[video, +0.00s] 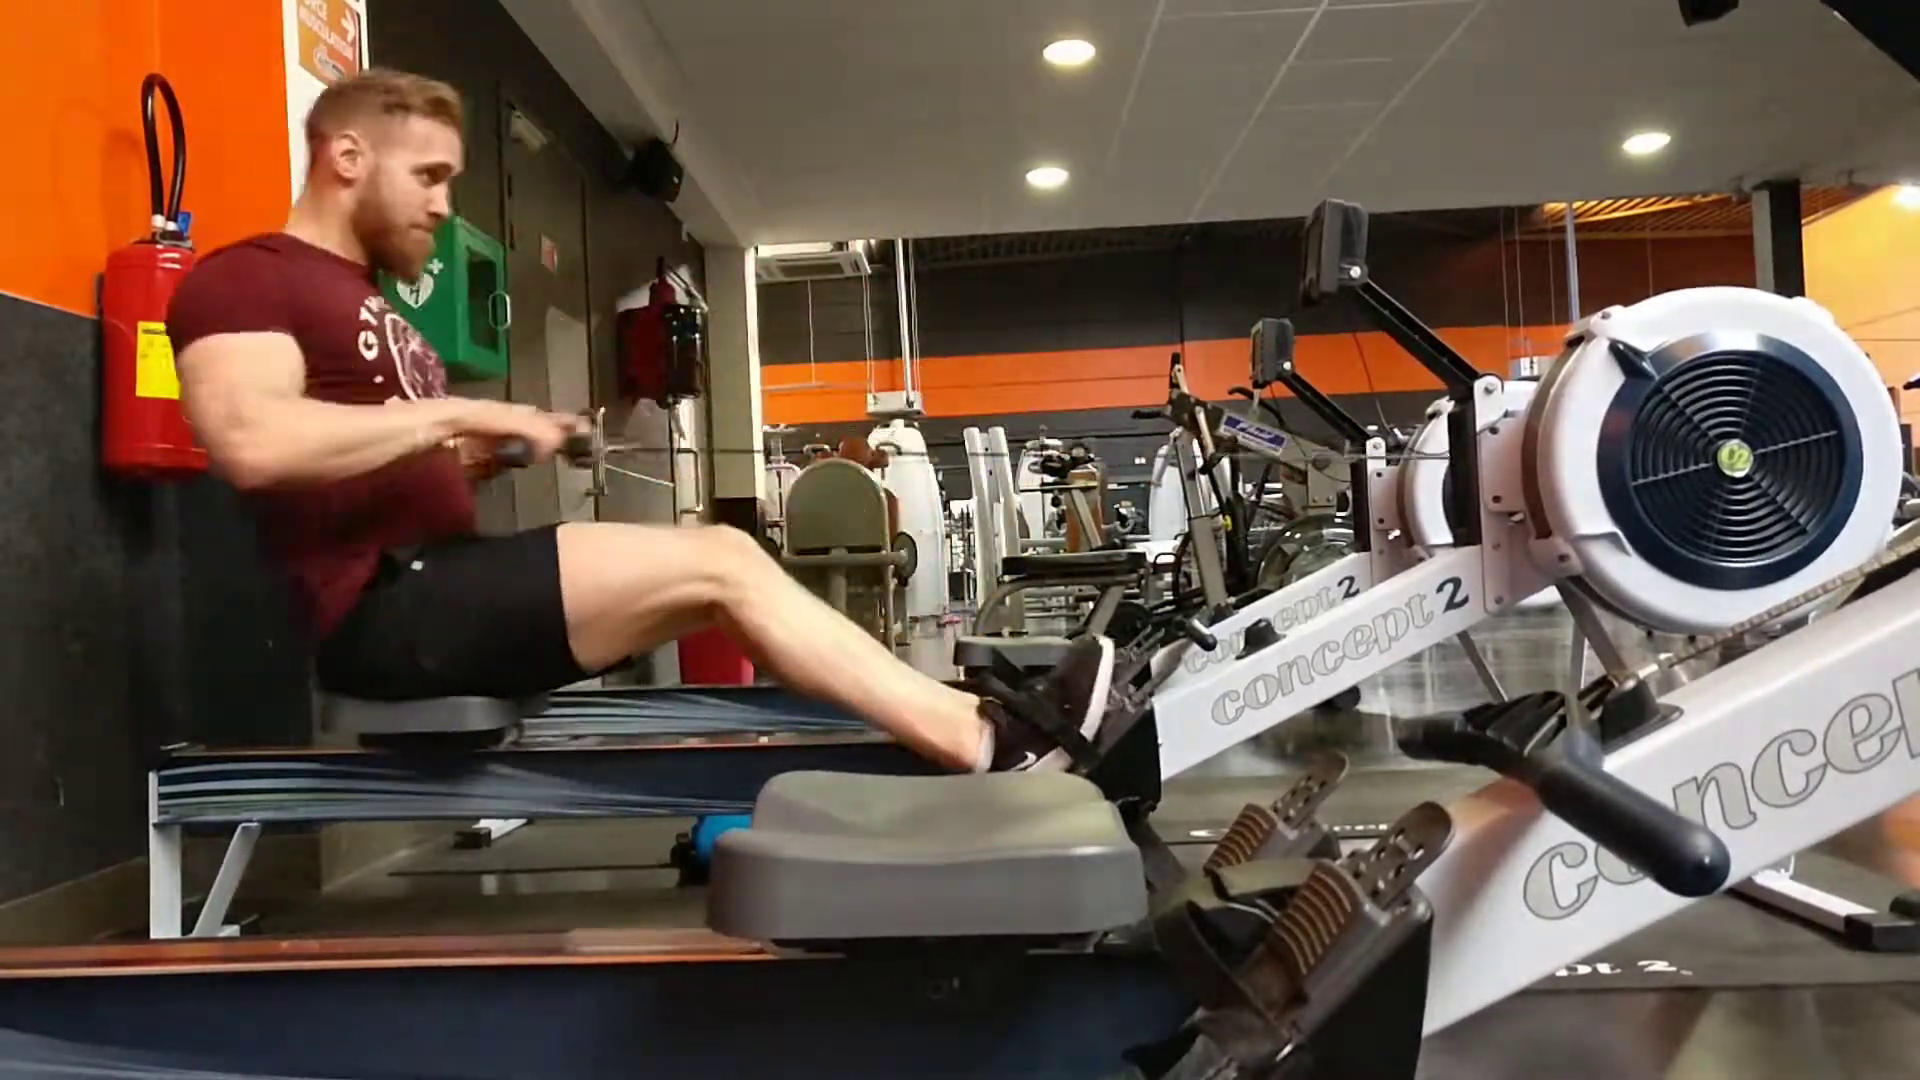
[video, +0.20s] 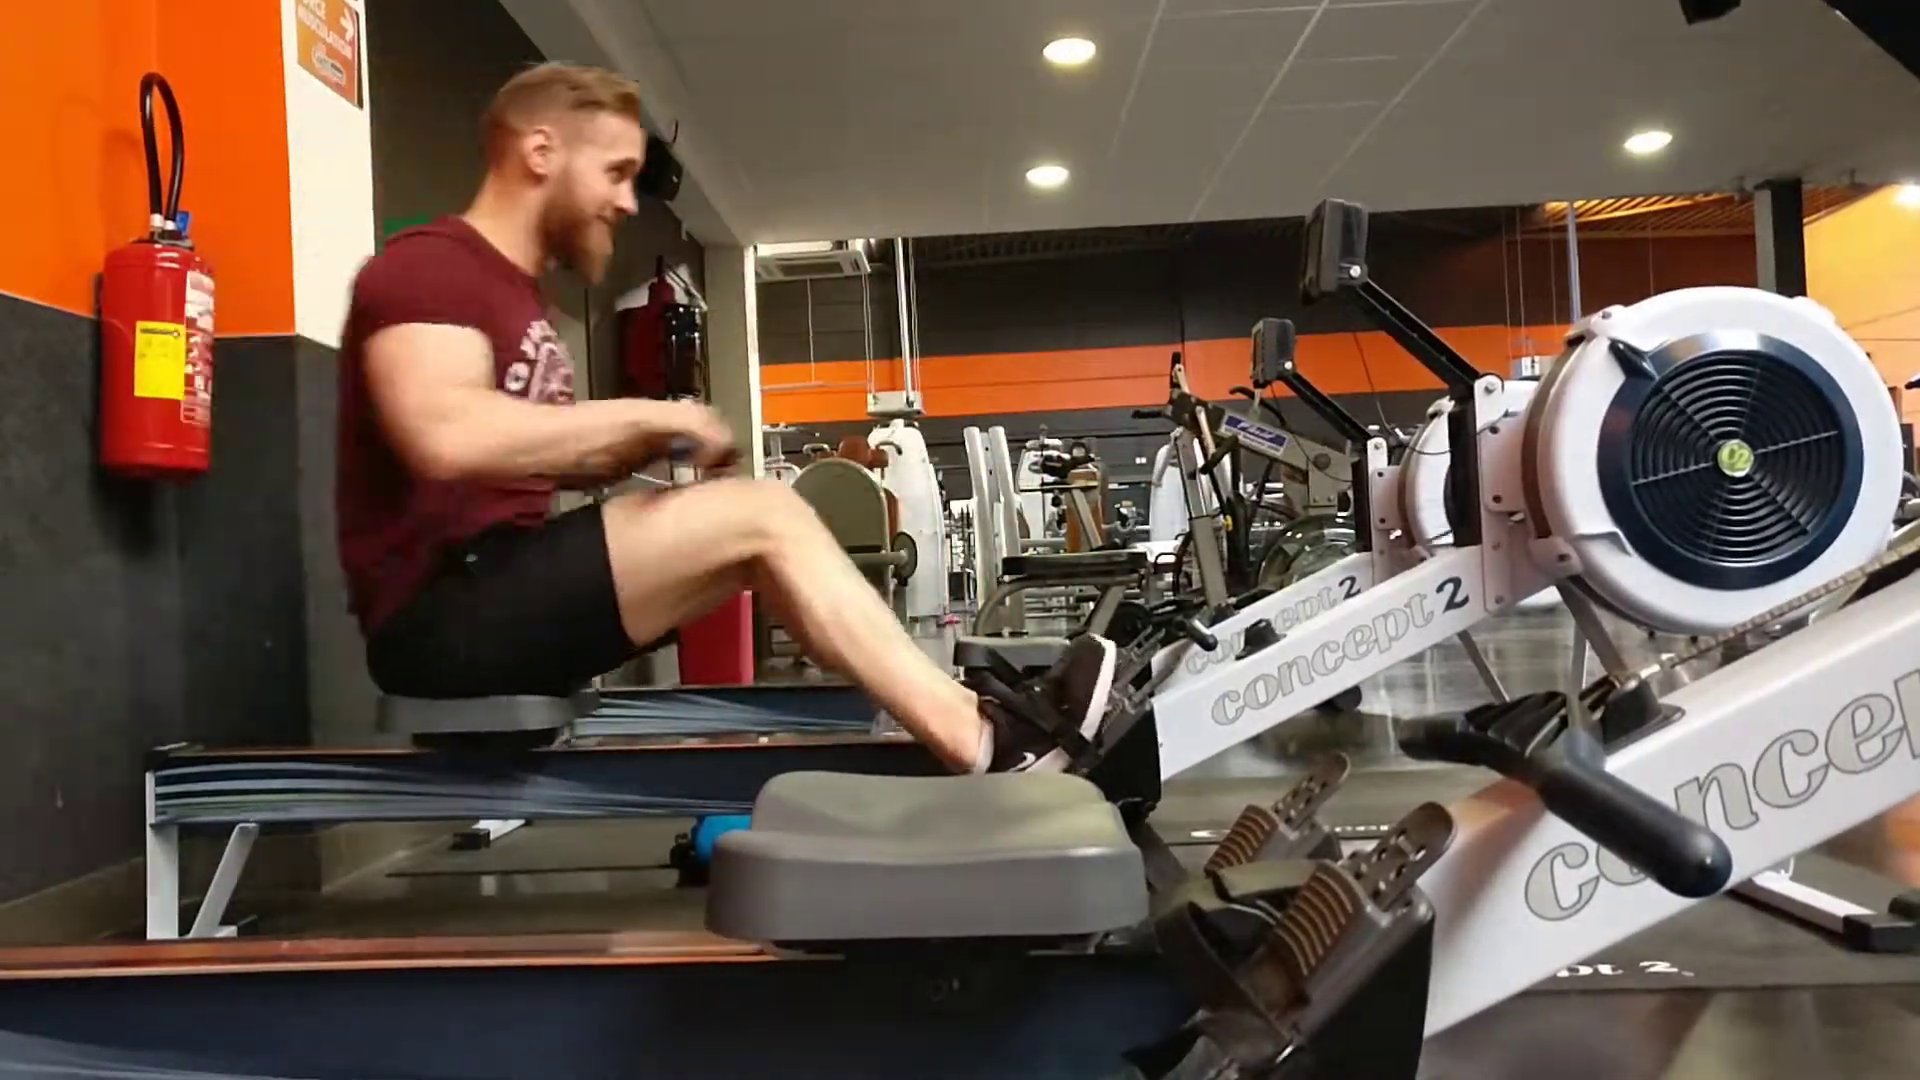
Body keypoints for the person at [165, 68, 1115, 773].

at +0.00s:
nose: (443, 207)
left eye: (448, 185)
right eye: (428, 177)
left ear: (360, 166)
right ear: (343, 159)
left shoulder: (384, 310)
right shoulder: (250, 275)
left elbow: (418, 472)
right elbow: (253, 446)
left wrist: (496, 438)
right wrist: (438, 422)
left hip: (438, 592)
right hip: (375, 611)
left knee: (728, 554)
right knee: (722, 556)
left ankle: (987, 727)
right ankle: (980, 749)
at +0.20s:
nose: (629, 202)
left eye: (634, 180)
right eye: (618, 173)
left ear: (544, 162)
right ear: (537, 152)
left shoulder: (527, 306)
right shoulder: (429, 268)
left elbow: (527, 468)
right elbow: (443, 438)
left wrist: (642, 438)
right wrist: (647, 420)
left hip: (503, 601)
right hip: (446, 615)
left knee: (765, 513)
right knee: (764, 513)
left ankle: (981, 720)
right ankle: (974, 742)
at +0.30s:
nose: (721, 196)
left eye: (724, 172)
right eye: (711, 166)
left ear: (641, 153)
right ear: (635, 147)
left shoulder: (633, 299)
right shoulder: (541, 269)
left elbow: (713, 425)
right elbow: (676, 440)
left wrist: (864, 422)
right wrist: (872, 414)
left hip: (574, 606)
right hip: (522, 616)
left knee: (841, 471)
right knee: (825, 478)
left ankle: (980, 715)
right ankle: (983, 738)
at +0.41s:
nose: (812, 190)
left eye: (815, 166)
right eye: (801, 159)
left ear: (730, 149)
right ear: (730, 144)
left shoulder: (686, 278)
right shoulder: (648, 269)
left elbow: (847, 405)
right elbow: (848, 425)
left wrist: (1025, 435)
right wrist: (1036, 435)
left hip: (641, 608)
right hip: (615, 616)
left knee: (895, 443)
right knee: (889, 455)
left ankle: (979, 714)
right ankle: (984, 729)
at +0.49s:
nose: (876, 182)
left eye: (879, 158)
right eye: (866, 153)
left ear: (794, 144)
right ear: (795, 139)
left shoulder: (745, 261)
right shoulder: (736, 263)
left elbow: (928, 397)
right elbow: (942, 413)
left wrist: (1118, 458)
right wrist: (1132, 461)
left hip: (687, 608)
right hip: (679, 617)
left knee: (926, 420)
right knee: (929, 429)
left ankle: (983, 702)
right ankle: (986, 718)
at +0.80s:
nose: (847, 142)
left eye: (839, 119)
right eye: (826, 117)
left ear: (756, 122)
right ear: (754, 120)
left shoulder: (739, 253)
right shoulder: (721, 248)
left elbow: (920, 376)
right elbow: (923, 380)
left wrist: (1113, 429)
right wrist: (1125, 430)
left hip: (713, 598)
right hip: (701, 608)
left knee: (943, 427)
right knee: (940, 431)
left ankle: (995, 699)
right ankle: (992, 721)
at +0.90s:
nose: (722, 127)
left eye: (714, 105)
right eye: (699, 103)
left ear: (625, 114)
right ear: (622, 109)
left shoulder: (636, 250)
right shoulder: (597, 243)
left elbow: (797, 390)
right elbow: (788, 377)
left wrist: (982, 403)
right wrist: (994, 401)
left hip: (646, 590)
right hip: (623, 602)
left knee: (898, 439)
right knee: (897, 442)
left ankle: (991, 704)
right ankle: (995, 730)